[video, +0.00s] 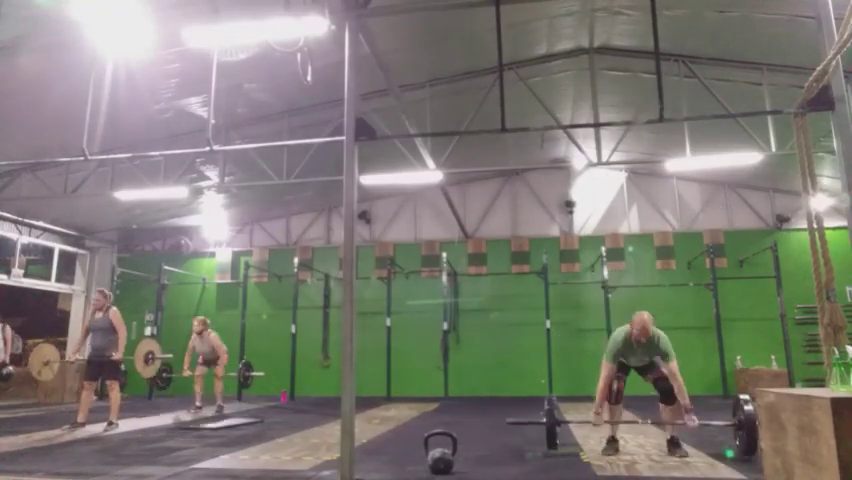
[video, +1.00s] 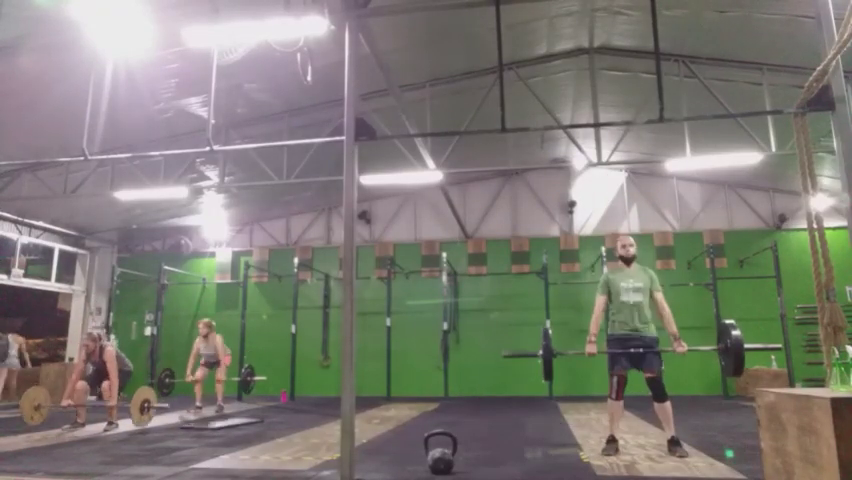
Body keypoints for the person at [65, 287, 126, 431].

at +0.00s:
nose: (94, 302)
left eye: (98, 300)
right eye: (94, 300)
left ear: (106, 301)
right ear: (94, 300)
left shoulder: (112, 312)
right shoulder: (93, 314)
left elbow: (122, 331)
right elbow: (85, 333)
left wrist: (120, 352)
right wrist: (76, 351)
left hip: (110, 355)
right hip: (94, 355)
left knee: (113, 385)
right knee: (88, 386)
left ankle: (113, 420)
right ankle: (80, 420)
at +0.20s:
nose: (87, 322)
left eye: (90, 319)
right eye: (86, 319)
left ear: (98, 318)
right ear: (85, 318)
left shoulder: (109, 327)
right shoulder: (87, 328)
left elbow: (116, 350)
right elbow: (80, 349)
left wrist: (117, 372)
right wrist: (71, 371)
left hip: (118, 357)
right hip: (101, 357)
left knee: (113, 384)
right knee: (86, 384)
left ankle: (113, 420)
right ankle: (80, 420)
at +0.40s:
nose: (85, 349)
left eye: (87, 347)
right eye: (83, 347)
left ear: (95, 344)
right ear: (81, 346)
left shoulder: (107, 352)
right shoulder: (85, 353)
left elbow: (113, 377)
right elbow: (76, 374)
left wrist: (113, 399)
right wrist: (65, 398)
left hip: (120, 374)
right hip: (100, 375)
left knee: (105, 388)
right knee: (77, 388)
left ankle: (112, 421)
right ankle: (80, 420)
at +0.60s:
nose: (90, 323)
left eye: (92, 320)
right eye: (89, 320)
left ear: (100, 321)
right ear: (89, 320)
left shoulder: (110, 331)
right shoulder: (90, 332)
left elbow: (117, 354)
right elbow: (82, 353)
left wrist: (117, 377)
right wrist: (73, 374)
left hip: (119, 360)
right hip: (101, 360)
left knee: (112, 385)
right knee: (83, 385)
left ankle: (113, 420)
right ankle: (80, 420)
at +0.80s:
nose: (94, 307)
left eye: (97, 304)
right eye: (93, 304)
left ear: (105, 304)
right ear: (92, 305)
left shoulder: (113, 316)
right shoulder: (94, 318)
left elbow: (120, 336)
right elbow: (87, 338)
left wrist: (121, 358)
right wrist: (77, 357)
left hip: (112, 356)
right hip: (98, 356)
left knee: (111, 384)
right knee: (87, 384)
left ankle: (113, 420)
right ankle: (80, 420)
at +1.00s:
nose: (85, 348)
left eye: (88, 345)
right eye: (84, 345)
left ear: (96, 344)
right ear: (83, 344)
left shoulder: (108, 351)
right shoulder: (85, 351)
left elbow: (114, 376)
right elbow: (76, 374)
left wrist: (114, 400)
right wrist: (67, 397)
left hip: (121, 370)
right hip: (102, 370)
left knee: (106, 387)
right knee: (80, 387)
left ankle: (112, 421)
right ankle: (80, 420)